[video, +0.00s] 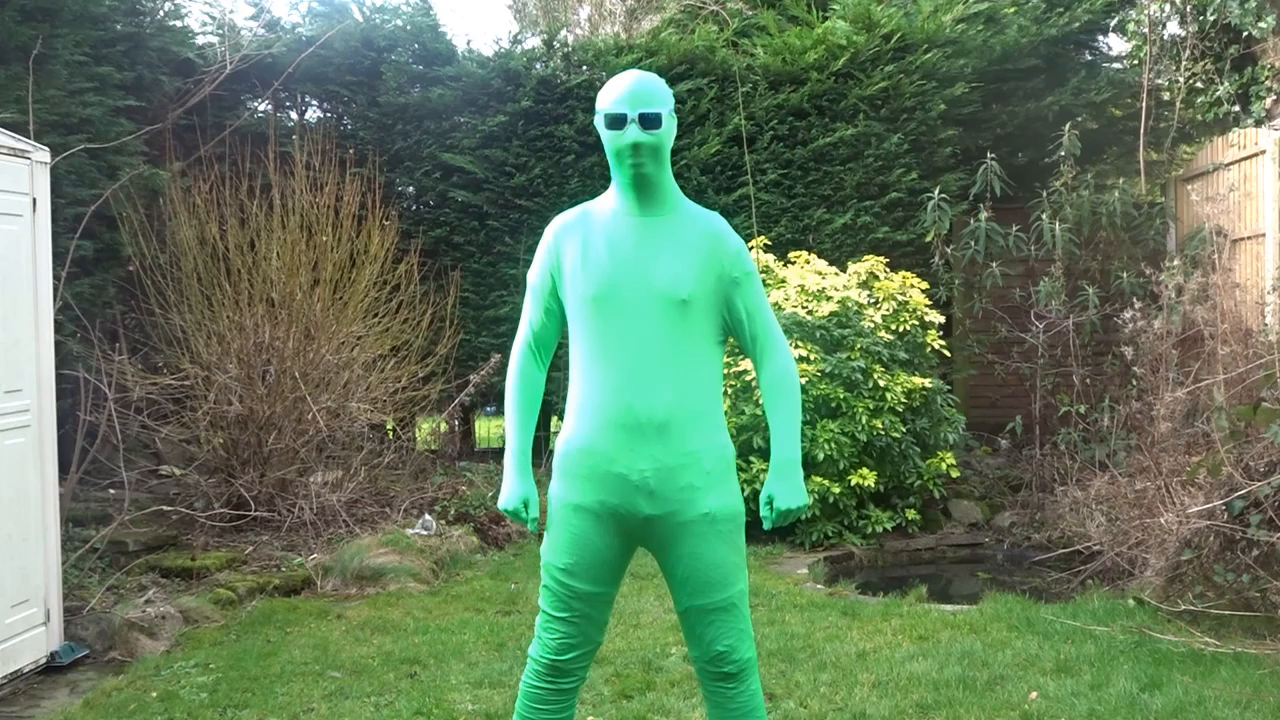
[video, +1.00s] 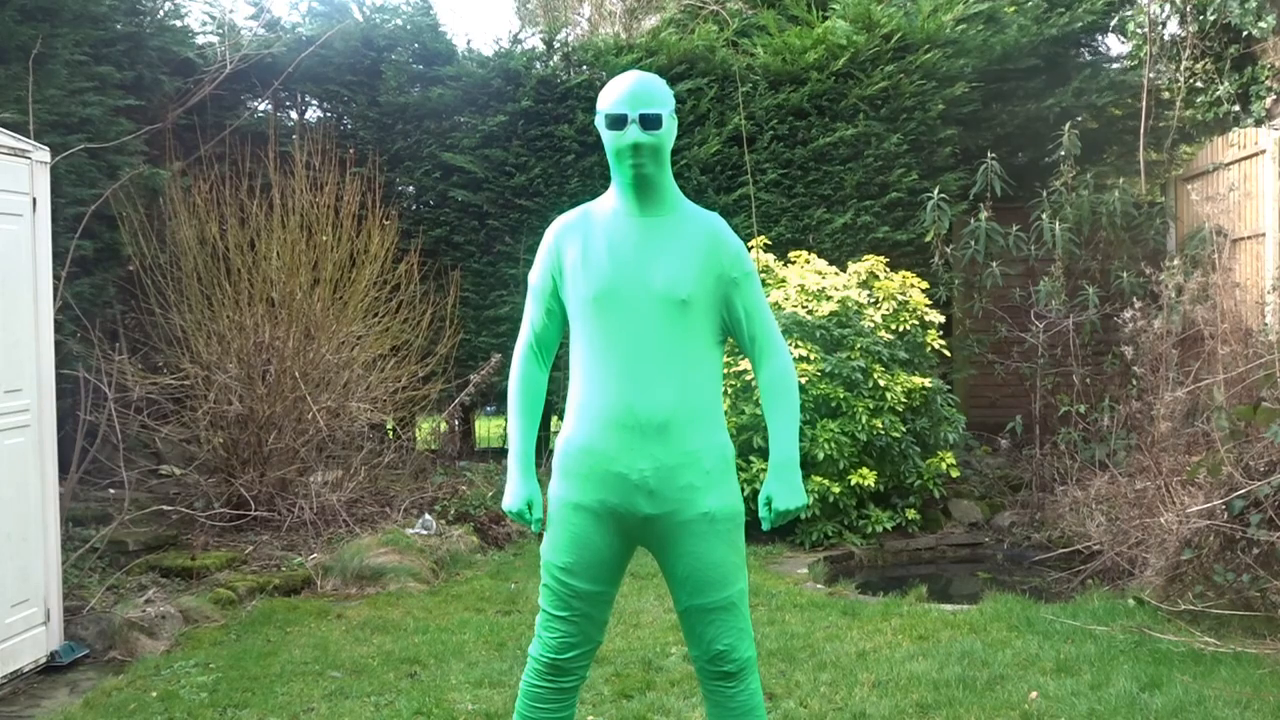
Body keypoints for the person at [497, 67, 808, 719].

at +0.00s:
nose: (634, 135)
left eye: (649, 120)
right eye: (618, 122)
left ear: (673, 128)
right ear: (600, 134)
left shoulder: (714, 237)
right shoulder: (566, 236)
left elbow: (771, 351)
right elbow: (531, 351)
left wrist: (786, 463)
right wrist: (515, 466)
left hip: (699, 486)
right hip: (588, 485)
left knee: (729, 669)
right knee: (553, 668)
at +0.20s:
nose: (634, 135)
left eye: (650, 120)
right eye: (619, 123)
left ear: (673, 129)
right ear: (600, 134)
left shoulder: (714, 237)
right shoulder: (566, 235)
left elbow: (771, 350)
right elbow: (531, 351)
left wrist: (787, 462)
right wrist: (516, 465)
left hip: (698, 486)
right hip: (588, 485)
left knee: (729, 668)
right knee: (554, 667)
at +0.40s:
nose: (634, 135)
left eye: (650, 120)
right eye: (619, 122)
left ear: (673, 129)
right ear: (601, 134)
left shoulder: (714, 237)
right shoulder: (566, 235)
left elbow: (771, 350)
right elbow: (532, 351)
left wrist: (787, 462)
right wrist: (516, 465)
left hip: (698, 485)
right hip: (588, 485)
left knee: (729, 668)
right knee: (554, 667)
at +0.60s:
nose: (634, 135)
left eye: (650, 120)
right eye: (619, 122)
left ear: (673, 129)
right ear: (601, 134)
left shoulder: (714, 237)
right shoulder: (566, 236)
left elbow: (770, 350)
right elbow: (532, 351)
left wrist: (786, 463)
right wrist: (517, 465)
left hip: (698, 485)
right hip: (588, 484)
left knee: (729, 668)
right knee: (554, 667)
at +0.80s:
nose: (634, 136)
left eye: (650, 121)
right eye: (619, 123)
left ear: (673, 129)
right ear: (600, 134)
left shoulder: (713, 237)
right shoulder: (566, 236)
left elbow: (770, 350)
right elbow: (532, 353)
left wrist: (785, 464)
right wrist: (518, 468)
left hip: (698, 485)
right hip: (588, 484)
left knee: (729, 668)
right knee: (554, 666)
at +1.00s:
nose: (635, 136)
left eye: (650, 121)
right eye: (619, 123)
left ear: (673, 129)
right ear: (600, 134)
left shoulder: (713, 237)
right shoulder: (566, 236)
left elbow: (769, 351)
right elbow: (532, 353)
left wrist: (785, 464)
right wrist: (519, 469)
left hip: (698, 486)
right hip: (588, 485)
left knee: (729, 668)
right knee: (554, 666)